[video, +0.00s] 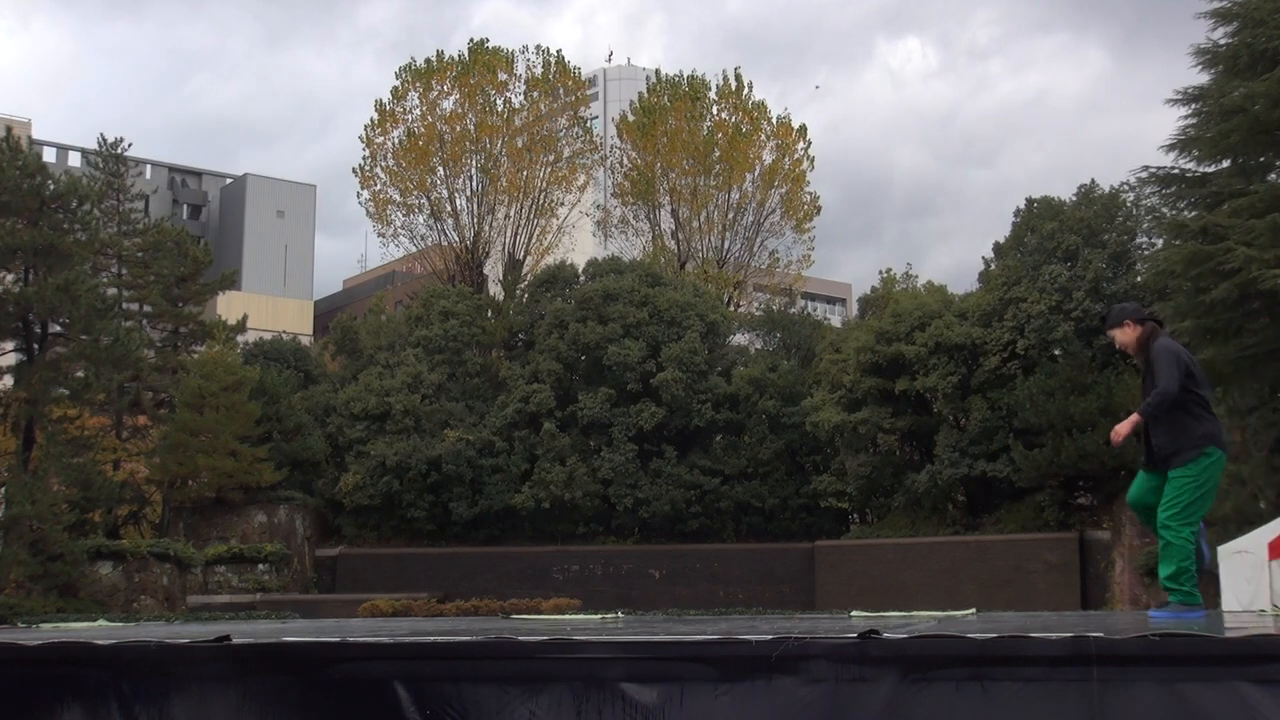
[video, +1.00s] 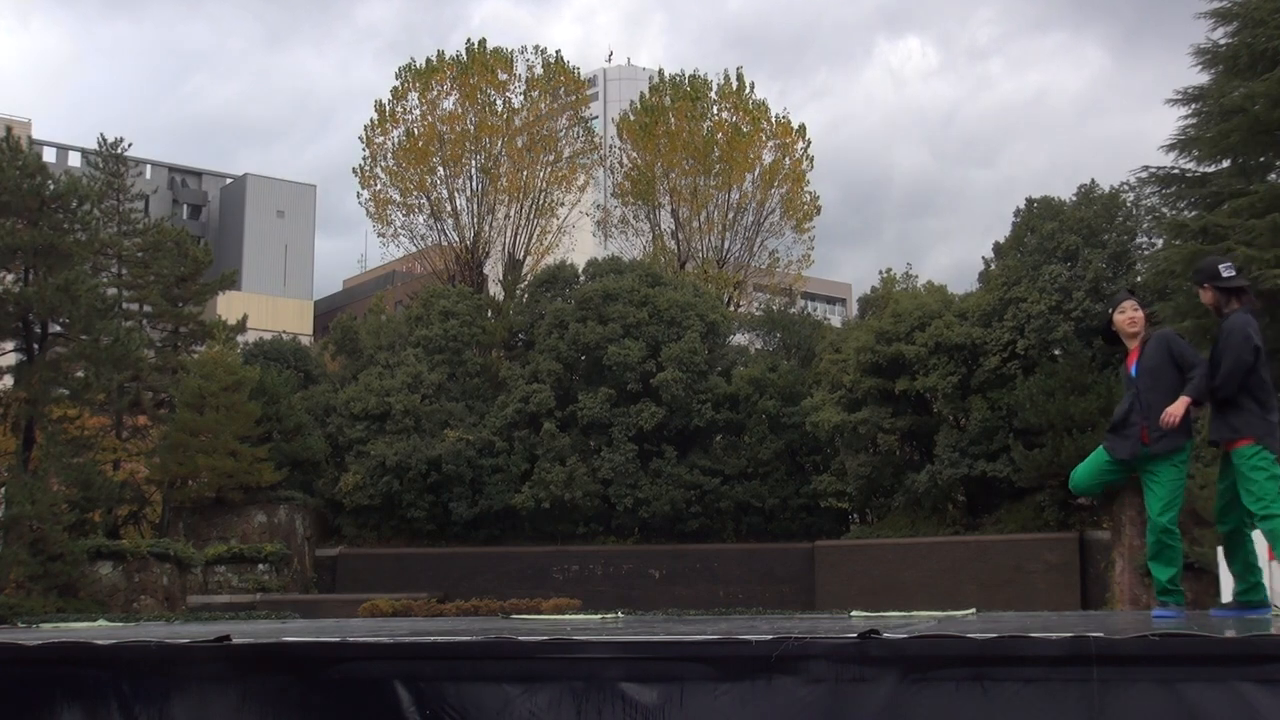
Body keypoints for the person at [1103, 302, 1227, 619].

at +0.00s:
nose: (1116, 345)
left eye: (1115, 336)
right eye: (1113, 339)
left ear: (1131, 326)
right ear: (1131, 328)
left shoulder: (1163, 349)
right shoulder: (1150, 357)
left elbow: (1167, 391)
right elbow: (1168, 402)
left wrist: (1132, 420)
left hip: (1197, 451)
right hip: (1170, 454)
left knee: (1173, 521)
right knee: (1140, 498)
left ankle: (1185, 599)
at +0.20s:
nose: (1117, 338)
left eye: (1117, 329)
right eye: (1113, 333)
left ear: (1135, 318)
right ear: (1134, 322)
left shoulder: (1157, 334)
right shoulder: (1147, 346)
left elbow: (1167, 369)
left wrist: (1143, 406)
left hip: (1183, 440)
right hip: (1155, 437)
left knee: (1169, 517)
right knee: (1109, 481)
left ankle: (1183, 598)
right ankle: (1157, 443)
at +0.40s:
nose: (1142, 320)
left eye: (1147, 313)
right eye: (1134, 316)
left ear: (1156, 318)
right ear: (1125, 326)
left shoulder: (1165, 345)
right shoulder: (1140, 363)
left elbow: (1181, 376)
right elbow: (1150, 403)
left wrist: (1146, 408)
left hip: (1178, 452)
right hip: (1141, 453)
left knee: (1160, 524)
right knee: (1104, 500)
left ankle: (1170, 602)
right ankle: (1156, 472)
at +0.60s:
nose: (1138, 319)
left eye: (1143, 313)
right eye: (1130, 317)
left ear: (1153, 320)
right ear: (1122, 330)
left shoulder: (1166, 343)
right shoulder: (1136, 365)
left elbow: (1195, 375)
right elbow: (1140, 402)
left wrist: (1175, 404)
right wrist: (1128, 429)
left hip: (1175, 451)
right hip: (1137, 451)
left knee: (1160, 525)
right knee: (1100, 500)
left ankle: (1171, 601)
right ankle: (1153, 471)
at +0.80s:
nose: (1138, 312)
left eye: (1142, 307)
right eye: (1129, 309)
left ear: (1151, 316)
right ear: (1119, 325)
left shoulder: (1165, 338)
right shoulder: (1132, 360)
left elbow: (1203, 368)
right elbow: (1142, 396)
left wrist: (1187, 401)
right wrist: (1126, 421)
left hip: (1169, 444)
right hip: (1131, 442)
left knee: (1164, 523)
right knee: (1089, 487)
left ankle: (1170, 600)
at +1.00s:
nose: (1132, 314)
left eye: (1136, 309)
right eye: (1124, 312)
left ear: (1145, 316)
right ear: (1114, 325)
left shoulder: (1164, 339)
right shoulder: (1127, 363)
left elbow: (1201, 368)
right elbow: (1140, 398)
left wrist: (1184, 400)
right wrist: (1127, 424)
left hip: (1166, 446)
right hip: (1126, 442)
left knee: (1161, 523)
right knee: (1079, 482)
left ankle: (1169, 600)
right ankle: (1126, 473)